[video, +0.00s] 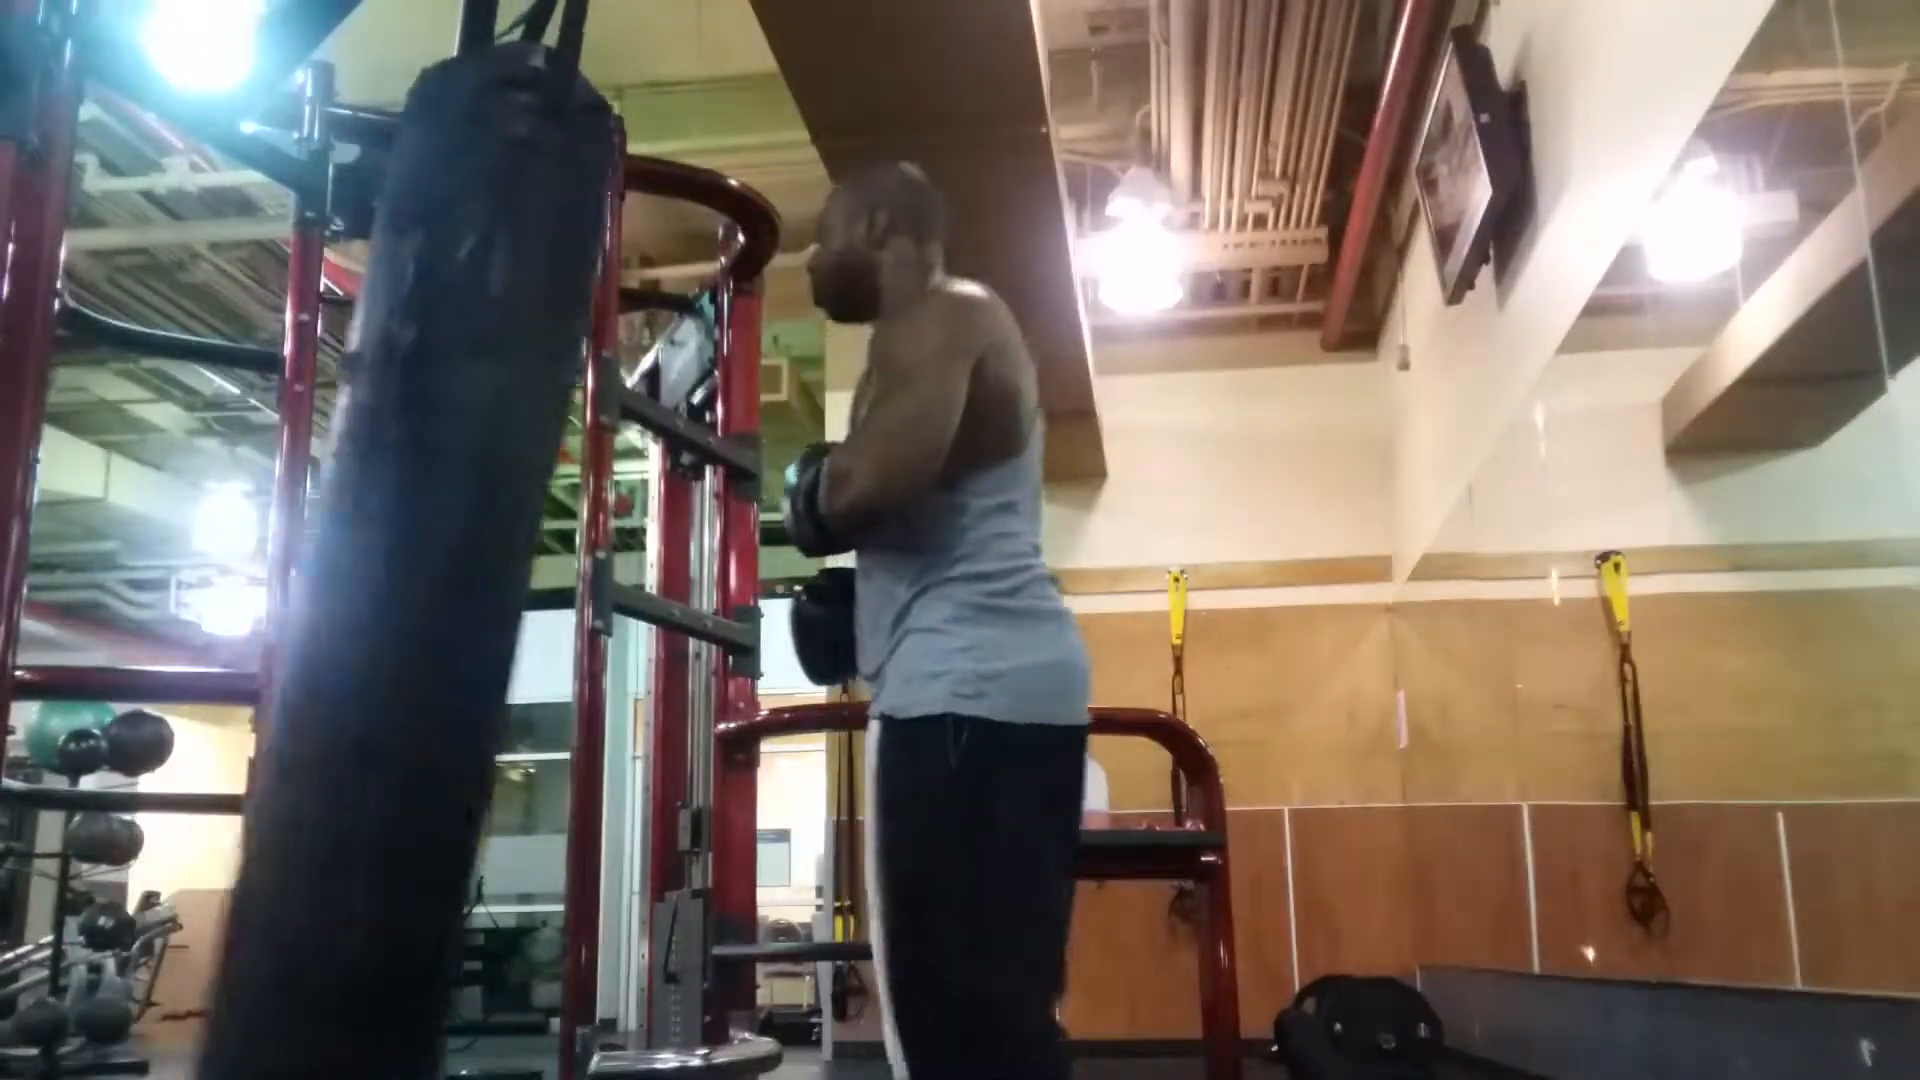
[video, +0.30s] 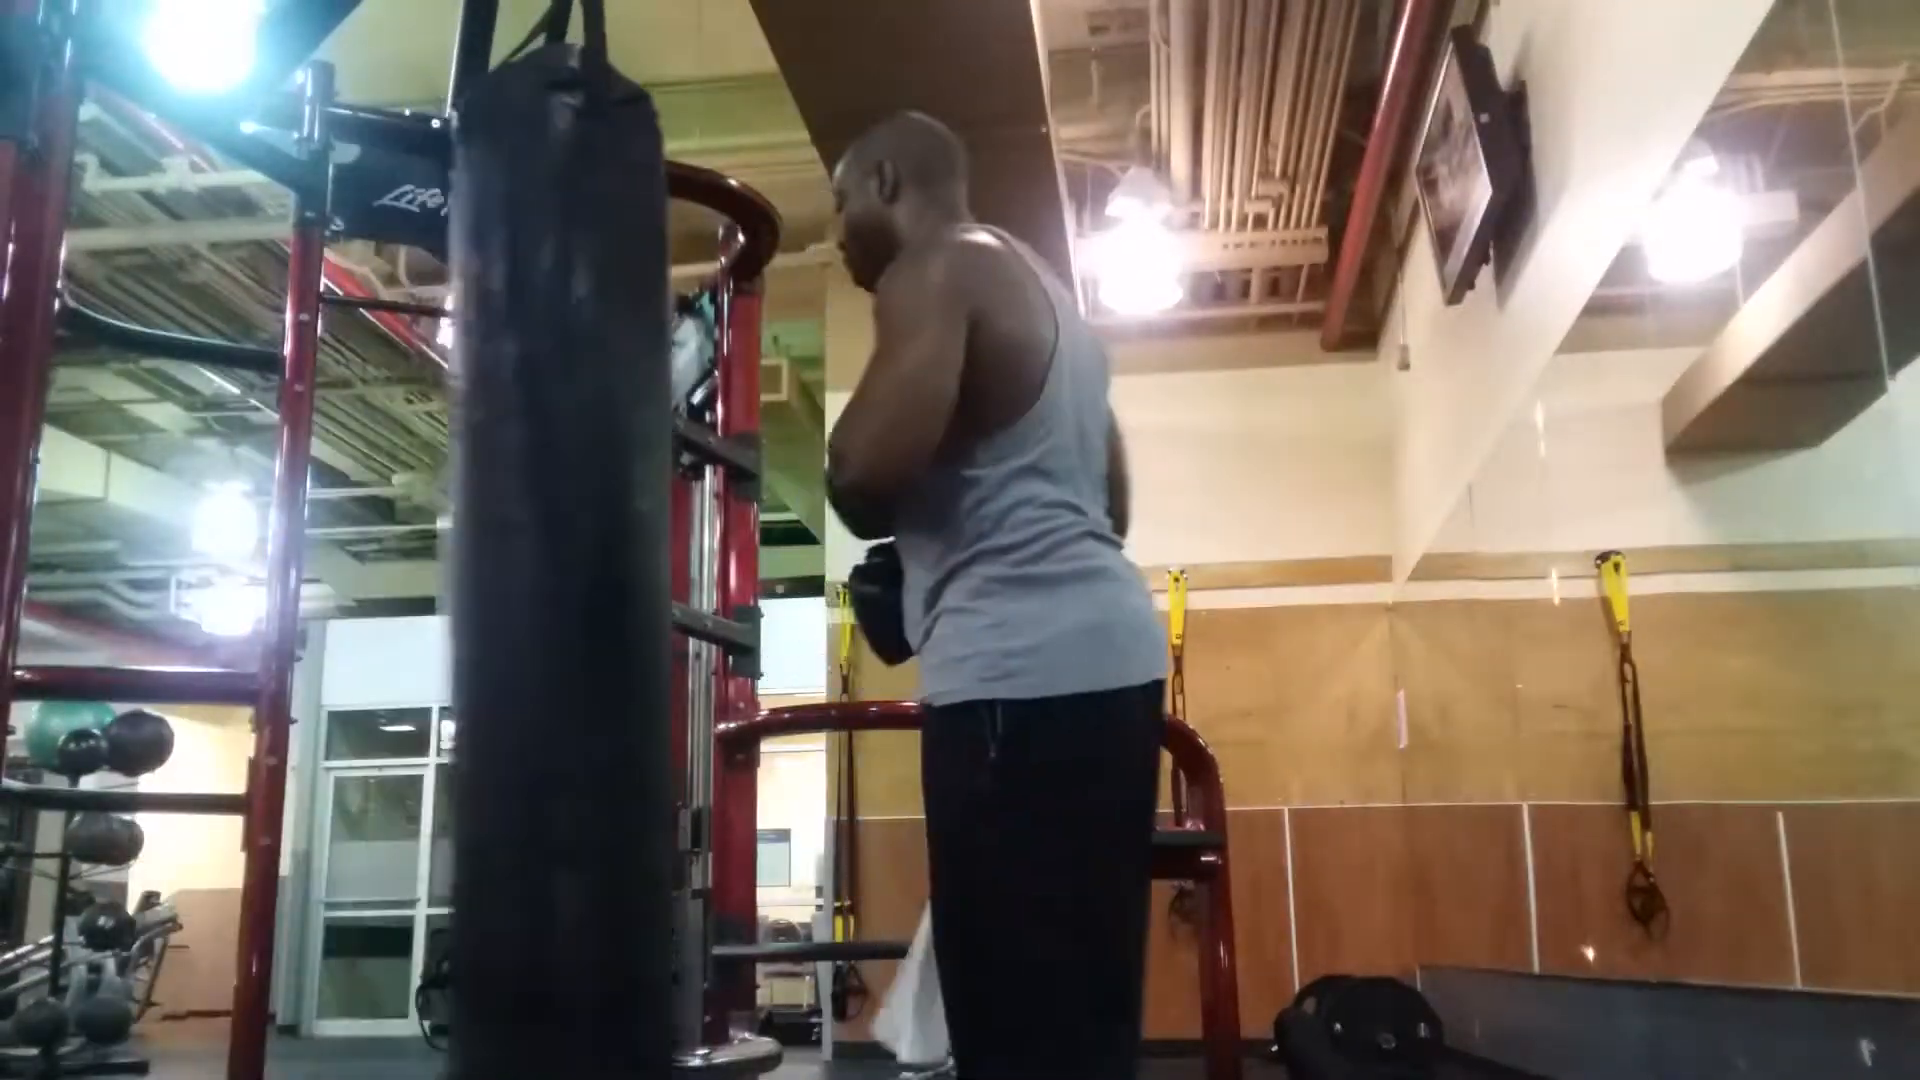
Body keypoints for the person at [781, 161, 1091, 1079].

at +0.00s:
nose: (811, 256)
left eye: (824, 235)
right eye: (815, 237)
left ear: (880, 234)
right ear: (895, 241)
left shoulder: (938, 313)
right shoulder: (938, 331)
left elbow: (885, 474)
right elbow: (963, 546)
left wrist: (815, 489)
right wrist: (868, 608)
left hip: (971, 699)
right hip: (978, 698)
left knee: (960, 1020)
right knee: (983, 1016)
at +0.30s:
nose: (839, 236)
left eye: (841, 206)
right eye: (836, 211)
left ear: (883, 183)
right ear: (950, 187)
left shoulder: (944, 266)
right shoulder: (1049, 293)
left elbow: (869, 469)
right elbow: (1107, 510)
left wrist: (850, 474)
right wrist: (934, 566)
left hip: (1018, 673)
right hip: (1104, 665)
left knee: (1012, 1020)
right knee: (1084, 1010)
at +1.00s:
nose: (813, 265)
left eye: (811, 235)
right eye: (803, 243)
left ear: (860, 201)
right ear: (894, 198)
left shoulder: (954, 269)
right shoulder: (1012, 270)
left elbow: (905, 473)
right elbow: (1083, 469)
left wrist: (839, 465)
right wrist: (895, 506)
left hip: (1002, 683)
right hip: (1069, 675)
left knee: (919, 994)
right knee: (1091, 979)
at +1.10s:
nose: (754, 251)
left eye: (751, 219)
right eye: (743, 228)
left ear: (801, 191)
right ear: (840, 190)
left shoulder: (905, 263)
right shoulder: (942, 260)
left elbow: (876, 463)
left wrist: (801, 480)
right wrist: (818, 457)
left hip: (960, 676)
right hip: (1021, 672)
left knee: (848, 1000)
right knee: (1066, 981)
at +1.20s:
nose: (691, 240)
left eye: (685, 211)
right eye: (682, 218)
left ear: (718, 181)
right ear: (781, 165)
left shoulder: (833, 238)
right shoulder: (895, 236)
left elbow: (798, 435)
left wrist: (726, 470)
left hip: (908, 663)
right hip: (997, 658)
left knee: (789, 977)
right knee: (1007, 940)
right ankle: (1109, 1072)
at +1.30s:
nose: (653, 227)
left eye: (646, 203)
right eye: (642, 208)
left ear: (679, 164)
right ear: (740, 145)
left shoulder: (761, 220)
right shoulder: (864, 228)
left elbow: (709, 436)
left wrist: (690, 467)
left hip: (876, 646)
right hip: (977, 638)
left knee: (753, 987)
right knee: (956, 952)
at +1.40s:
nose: (625, 212)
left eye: (618, 188)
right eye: (619, 196)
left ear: (644, 151)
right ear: (718, 131)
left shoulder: (714, 201)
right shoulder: (874, 240)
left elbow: (654, 436)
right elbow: (952, 458)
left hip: (842, 631)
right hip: (965, 622)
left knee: (737, 974)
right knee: (928, 945)